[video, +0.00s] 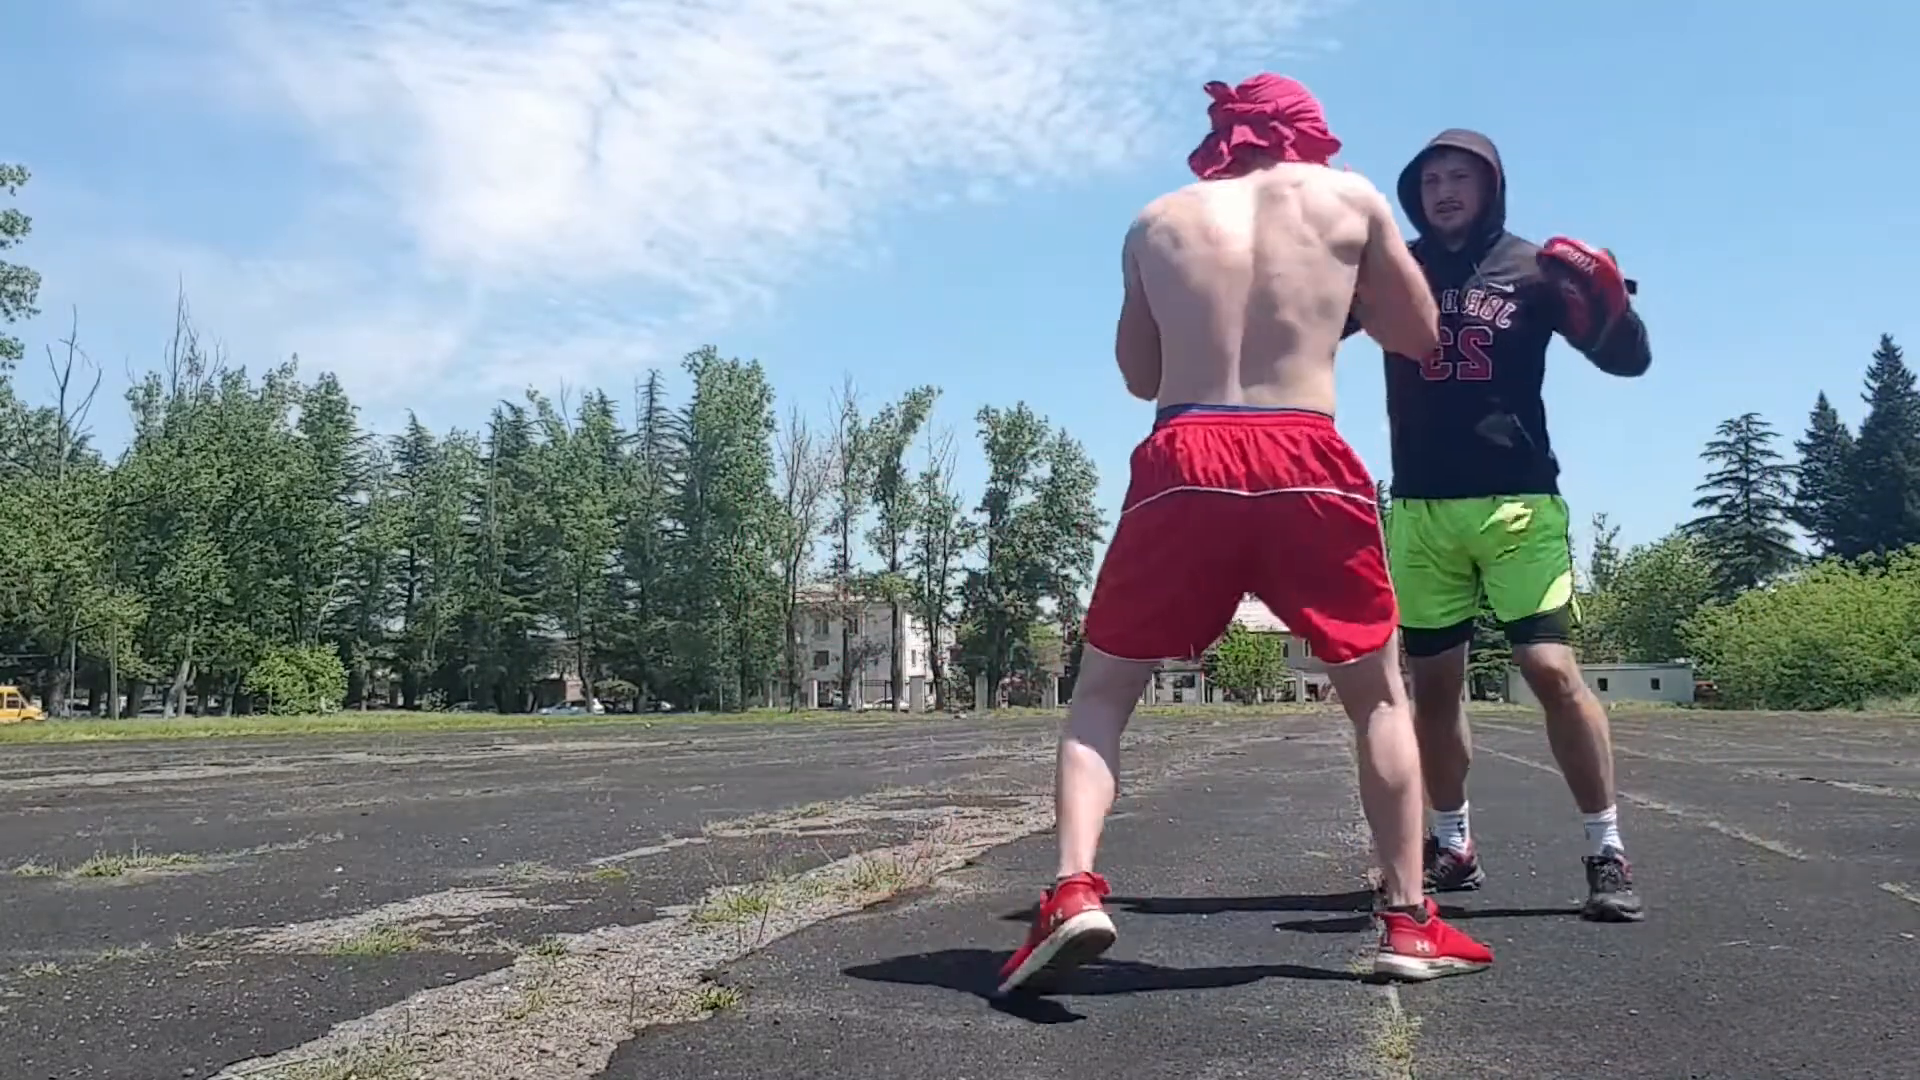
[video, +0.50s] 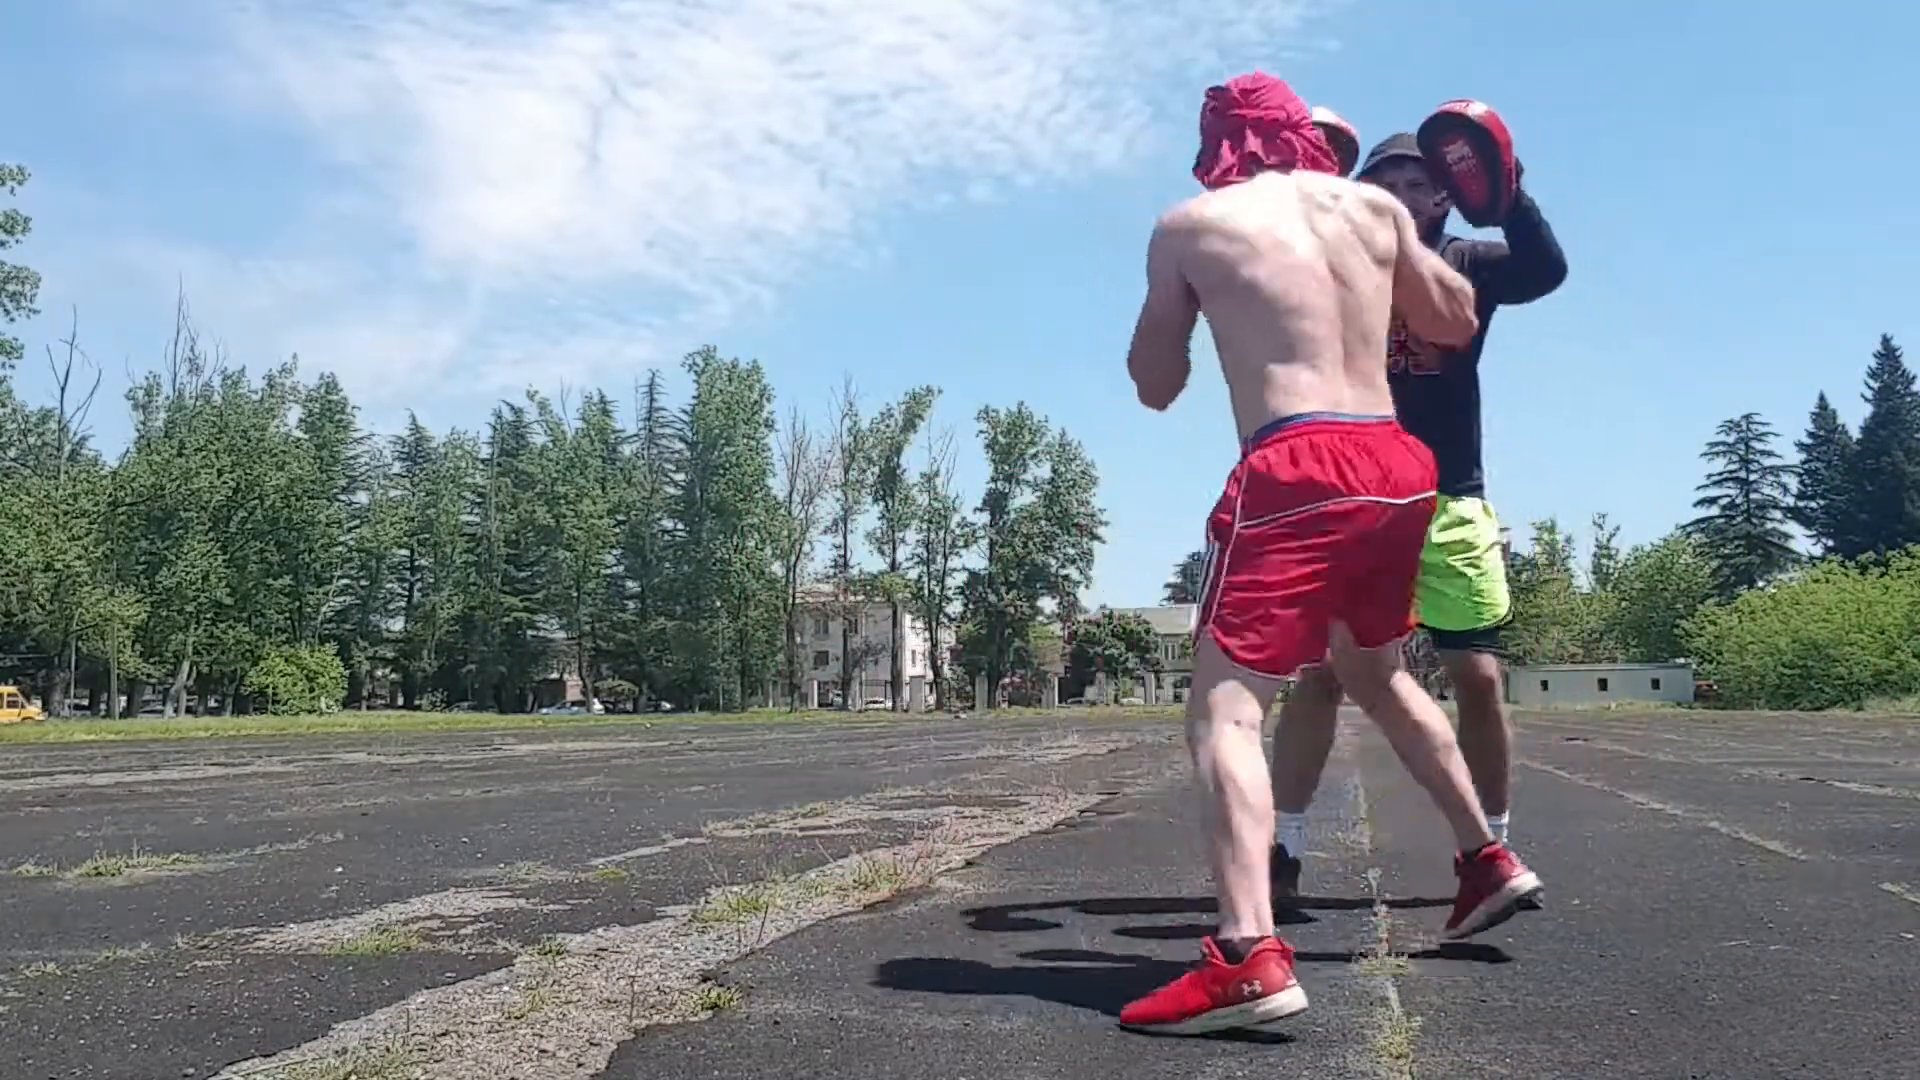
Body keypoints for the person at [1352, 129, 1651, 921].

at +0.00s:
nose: (1446, 191)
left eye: (1462, 179)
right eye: (1433, 181)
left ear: (1492, 190)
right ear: (1415, 195)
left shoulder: (1533, 267)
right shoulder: (1392, 272)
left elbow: (1630, 361)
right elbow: (1318, 313)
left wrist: (1612, 305)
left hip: (1518, 502)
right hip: (1420, 509)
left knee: (1551, 671)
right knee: (1432, 689)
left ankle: (1607, 851)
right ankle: (1450, 847)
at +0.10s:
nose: (1435, 201)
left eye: (1450, 188)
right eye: (1421, 190)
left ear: (1478, 199)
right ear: (1405, 203)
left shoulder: (1518, 268)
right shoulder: (1377, 275)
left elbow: (1613, 342)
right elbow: (1315, 311)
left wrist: (1585, 267)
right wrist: (1312, 229)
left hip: (1506, 501)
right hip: (1410, 506)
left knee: (1529, 664)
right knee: (1427, 689)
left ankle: (1545, 838)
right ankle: (1451, 846)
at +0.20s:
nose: (1431, 197)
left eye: (1447, 185)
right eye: (1418, 186)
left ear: (1475, 195)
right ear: (1400, 199)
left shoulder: (1512, 261)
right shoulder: (1375, 265)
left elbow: (1598, 302)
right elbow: (1308, 295)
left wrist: (1558, 225)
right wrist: (1296, 215)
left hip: (1491, 496)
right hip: (1395, 495)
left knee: (1501, 679)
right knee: (1395, 678)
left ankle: (1496, 846)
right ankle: (1414, 840)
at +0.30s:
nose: (1432, 206)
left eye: (1447, 193)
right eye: (1418, 195)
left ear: (1476, 207)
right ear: (1399, 210)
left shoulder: (1509, 275)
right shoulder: (1379, 274)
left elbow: (1575, 277)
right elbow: (1316, 263)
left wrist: (1535, 198)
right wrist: (1319, 181)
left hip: (1485, 510)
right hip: (1389, 505)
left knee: (1496, 682)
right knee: (1341, 667)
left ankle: (1496, 851)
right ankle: (1388, 804)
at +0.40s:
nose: (1424, 203)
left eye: (1440, 192)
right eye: (1408, 192)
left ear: (1465, 206)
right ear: (1388, 207)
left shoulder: (1491, 273)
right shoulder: (1364, 267)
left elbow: (1555, 275)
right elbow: (1313, 270)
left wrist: (1516, 194)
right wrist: (1327, 185)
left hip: (1469, 504)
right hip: (1371, 499)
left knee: (1493, 683)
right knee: (1326, 664)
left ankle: (1498, 851)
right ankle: (1330, 831)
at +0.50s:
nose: (1405, 193)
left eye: (1421, 180)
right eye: (1389, 179)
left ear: (1445, 196)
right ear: (1361, 191)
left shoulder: (1467, 264)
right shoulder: (1336, 260)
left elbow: (1545, 270)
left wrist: (1507, 191)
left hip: (1451, 497)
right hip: (1359, 498)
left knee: (1480, 675)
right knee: (1314, 679)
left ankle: (1493, 849)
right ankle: (1280, 847)